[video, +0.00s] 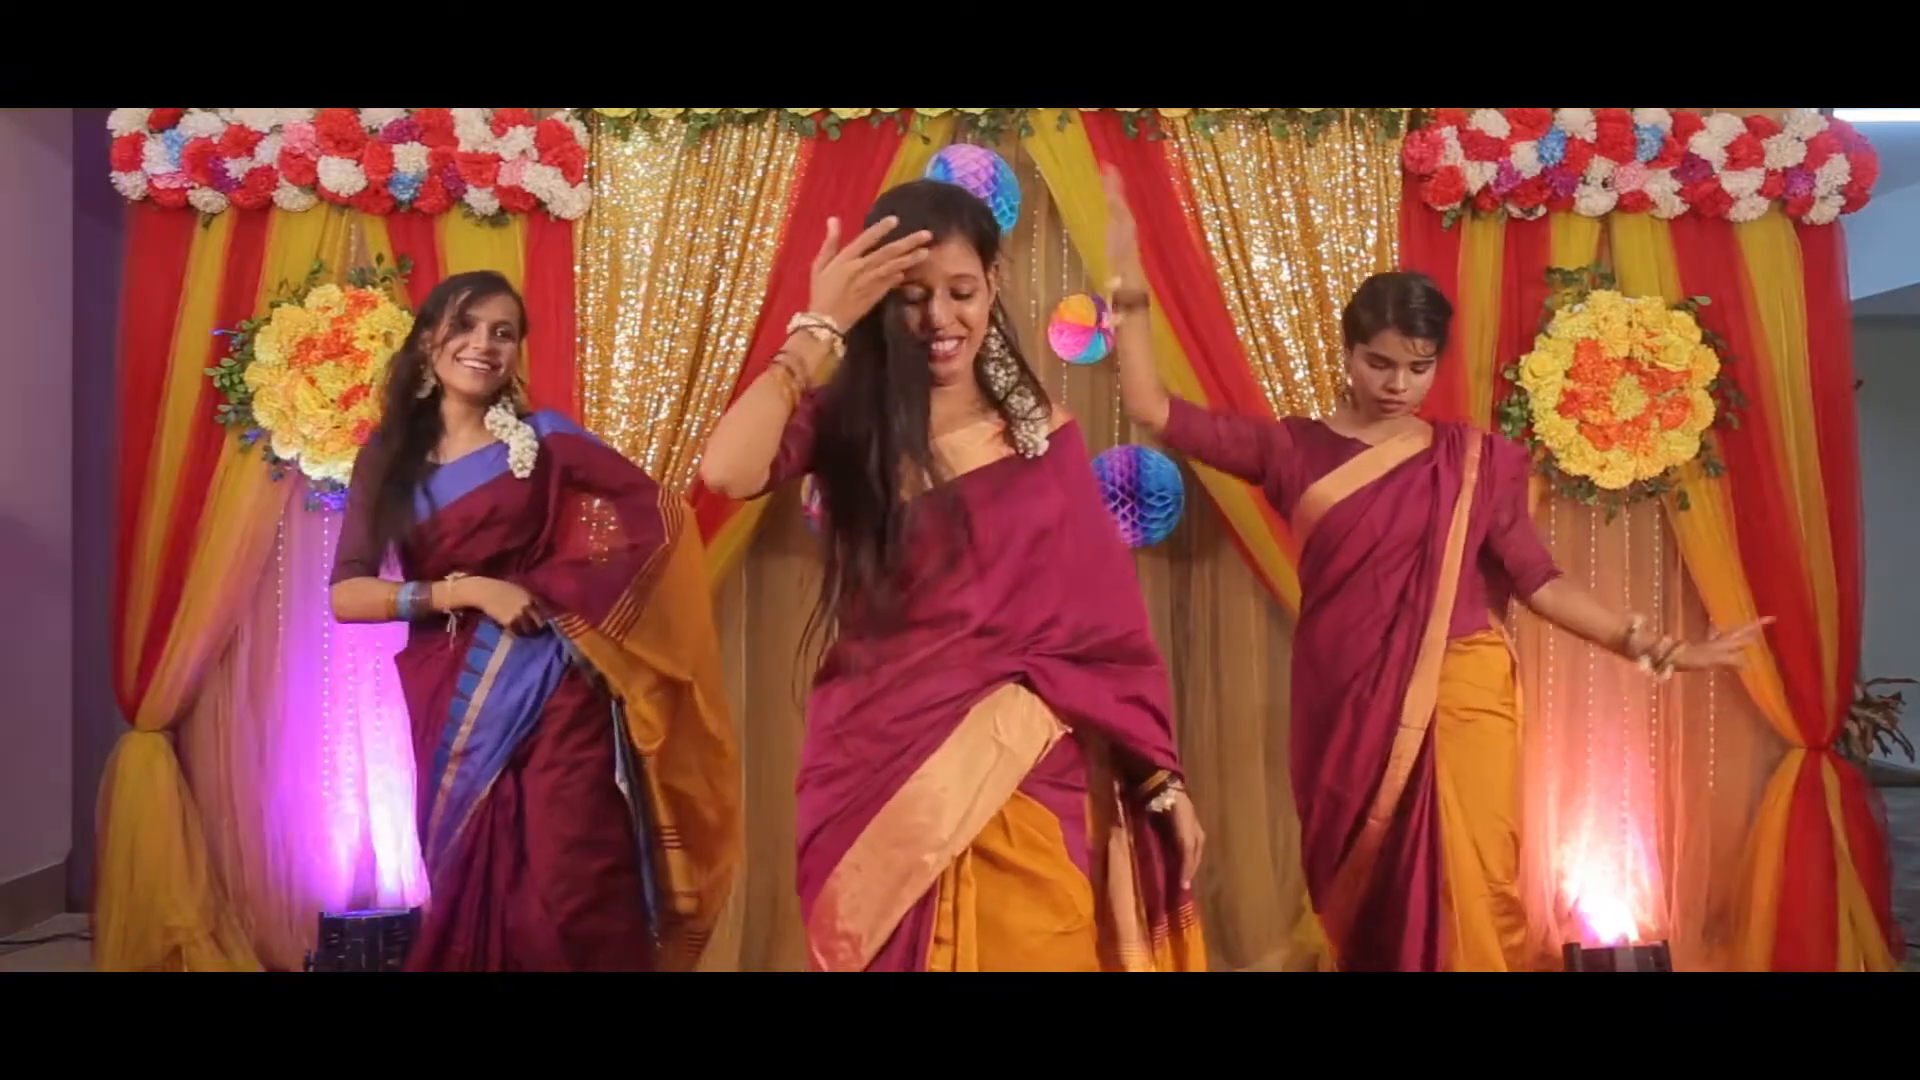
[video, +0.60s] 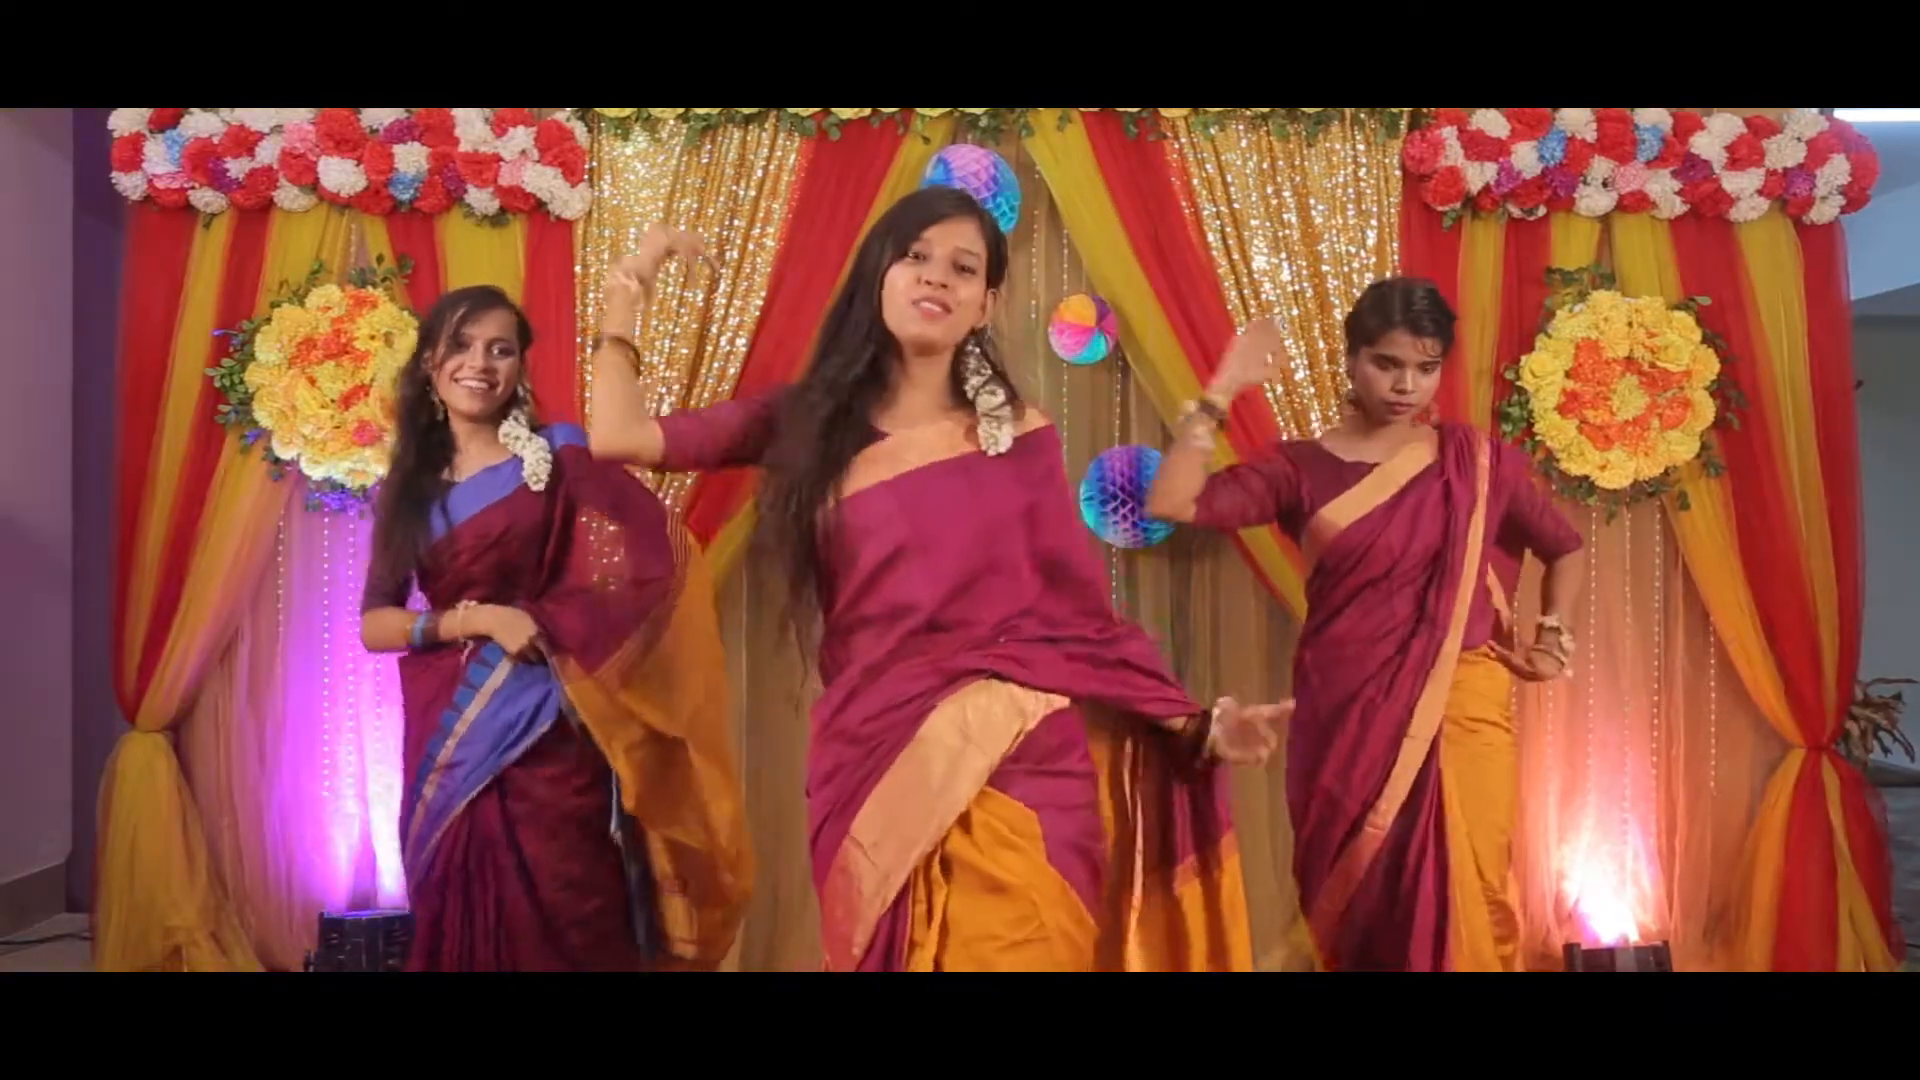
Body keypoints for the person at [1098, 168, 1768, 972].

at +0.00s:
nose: (1398, 385)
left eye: (1417, 367)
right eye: (1380, 363)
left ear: (1439, 364)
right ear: (1345, 354)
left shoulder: (1476, 459)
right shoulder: (1292, 447)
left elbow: (1541, 583)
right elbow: (1153, 411)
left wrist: (1641, 642)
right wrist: (1127, 316)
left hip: (1466, 691)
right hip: (1350, 702)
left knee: (1471, 895)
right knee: (1362, 902)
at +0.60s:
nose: (1406, 385)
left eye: (1424, 367)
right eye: (1387, 364)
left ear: (1443, 366)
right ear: (1350, 363)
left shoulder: (1475, 457)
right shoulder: (1304, 466)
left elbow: (1566, 546)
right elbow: (1171, 499)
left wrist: (1555, 637)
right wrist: (1221, 392)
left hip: (1469, 698)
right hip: (1350, 706)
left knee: (1469, 896)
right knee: (1352, 905)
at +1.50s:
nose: (1415, 365)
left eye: (1434, 349)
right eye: (1396, 345)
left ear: (1453, 358)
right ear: (1360, 352)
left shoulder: (1503, 456)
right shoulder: (1320, 479)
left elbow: (1531, 612)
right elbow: (1304, 623)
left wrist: (1579, 737)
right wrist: (1290, 696)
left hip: (1481, 729)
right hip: (1361, 735)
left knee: (1475, 933)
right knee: (1365, 935)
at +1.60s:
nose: (1418, 353)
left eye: (1436, 337)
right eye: (1398, 334)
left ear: (1454, 350)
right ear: (1362, 344)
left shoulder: (1500, 449)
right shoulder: (1317, 465)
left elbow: (1529, 600)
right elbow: (1300, 601)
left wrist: (1585, 719)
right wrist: (1266, 639)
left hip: (1480, 712)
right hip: (1360, 718)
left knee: (1481, 918)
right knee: (1370, 923)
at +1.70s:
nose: (1417, 342)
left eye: (1435, 328)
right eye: (1398, 325)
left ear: (1453, 344)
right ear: (1363, 335)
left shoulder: (1490, 442)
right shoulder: (1315, 448)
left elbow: (1524, 595)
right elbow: (1298, 604)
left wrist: (1594, 716)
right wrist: (1286, 569)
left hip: (1488, 698)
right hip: (1370, 706)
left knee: (1497, 903)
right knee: (1380, 910)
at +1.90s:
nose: (1418, 350)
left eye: (1435, 334)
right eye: (1397, 332)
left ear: (1454, 348)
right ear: (1360, 346)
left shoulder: (1475, 457)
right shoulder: (1320, 442)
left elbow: (1506, 604)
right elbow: (1334, 573)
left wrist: (1584, 697)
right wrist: (1424, 471)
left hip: (1481, 712)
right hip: (1376, 715)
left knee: (1496, 911)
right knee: (1390, 916)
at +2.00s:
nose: (1420, 358)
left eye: (1437, 342)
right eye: (1398, 341)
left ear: (1453, 356)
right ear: (1360, 352)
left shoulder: (1463, 473)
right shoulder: (1326, 446)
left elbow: (1499, 617)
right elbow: (1346, 578)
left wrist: (1605, 680)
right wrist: (1438, 499)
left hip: (1471, 731)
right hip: (1374, 729)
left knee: (1486, 924)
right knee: (1389, 928)